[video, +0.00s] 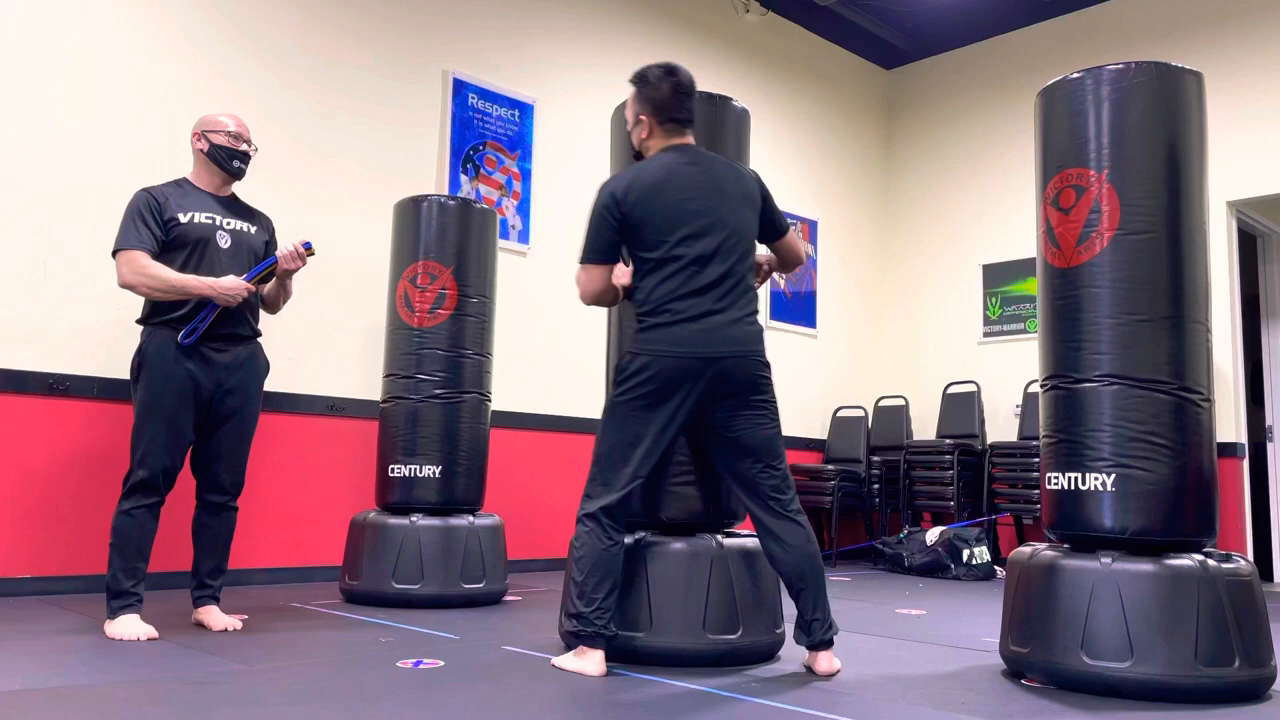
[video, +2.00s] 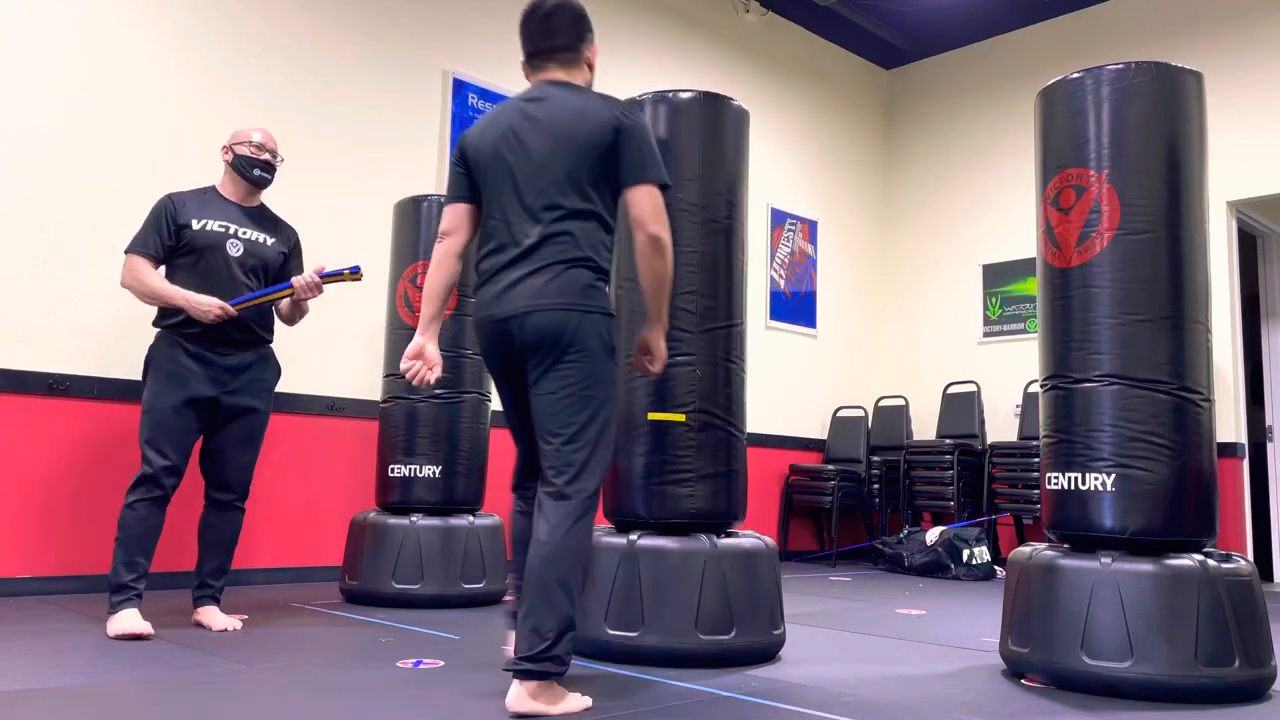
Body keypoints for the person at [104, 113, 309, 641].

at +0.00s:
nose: (245, 148)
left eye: (249, 142)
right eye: (233, 136)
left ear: (249, 154)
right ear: (199, 141)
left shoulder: (258, 224)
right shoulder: (156, 200)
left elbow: (273, 303)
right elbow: (131, 272)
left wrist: (285, 275)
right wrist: (209, 286)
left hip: (239, 363)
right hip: (171, 357)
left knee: (222, 489)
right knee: (149, 481)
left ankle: (207, 601)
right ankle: (123, 609)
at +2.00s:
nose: (264, 154)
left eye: (272, 151)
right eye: (254, 145)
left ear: (278, 169)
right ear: (227, 154)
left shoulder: (284, 236)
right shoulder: (179, 207)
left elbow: (290, 315)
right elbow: (134, 273)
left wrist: (301, 296)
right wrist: (189, 300)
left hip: (249, 372)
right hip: (181, 362)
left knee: (229, 491)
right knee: (157, 478)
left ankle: (208, 601)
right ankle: (125, 603)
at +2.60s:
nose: (182, 170)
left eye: (193, 162)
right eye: (175, 161)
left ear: (220, 167)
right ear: (167, 163)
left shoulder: (249, 232)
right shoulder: (140, 224)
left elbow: (266, 309)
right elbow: (102, 290)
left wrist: (244, 297)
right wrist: (126, 311)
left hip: (219, 372)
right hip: (150, 369)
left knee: (215, 487)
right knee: (134, 484)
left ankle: (207, 602)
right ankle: (125, 596)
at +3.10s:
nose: (146, 165)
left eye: (153, 157)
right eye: (135, 157)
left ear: (164, 163)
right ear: (112, 163)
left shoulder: (193, 222)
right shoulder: (84, 231)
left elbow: (224, 288)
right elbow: (54, 298)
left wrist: (171, 290)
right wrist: (89, 309)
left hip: (176, 369)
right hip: (111, 372)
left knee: (188, 477)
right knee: (119, 484)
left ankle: (201, 593)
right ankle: (124, 594)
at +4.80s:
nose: (226, 177)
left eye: (233, 173)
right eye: (216, 168)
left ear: (239, 185)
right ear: (190, 171)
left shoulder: (252, 240)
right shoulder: (145, 229)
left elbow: (272, 309)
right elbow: (115, 296)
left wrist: (220, 295)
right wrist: (159, 298)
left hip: (216, 375)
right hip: (150, 371)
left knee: (205, 485)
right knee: (137, 481)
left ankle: (189, 594)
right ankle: (126, 594)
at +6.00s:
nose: (168, 185)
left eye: (176, 182)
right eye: (159, 176)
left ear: (182, 194)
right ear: (133, 180)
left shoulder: (193, 250)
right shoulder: (88, 237)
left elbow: (207, 320)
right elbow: (56, 301)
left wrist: (166, 291)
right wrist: (93, 301)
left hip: (158, 382)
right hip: (91, 379)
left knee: (169, 483)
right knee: (80, 484)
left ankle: (184, 592)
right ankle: (71, 587)